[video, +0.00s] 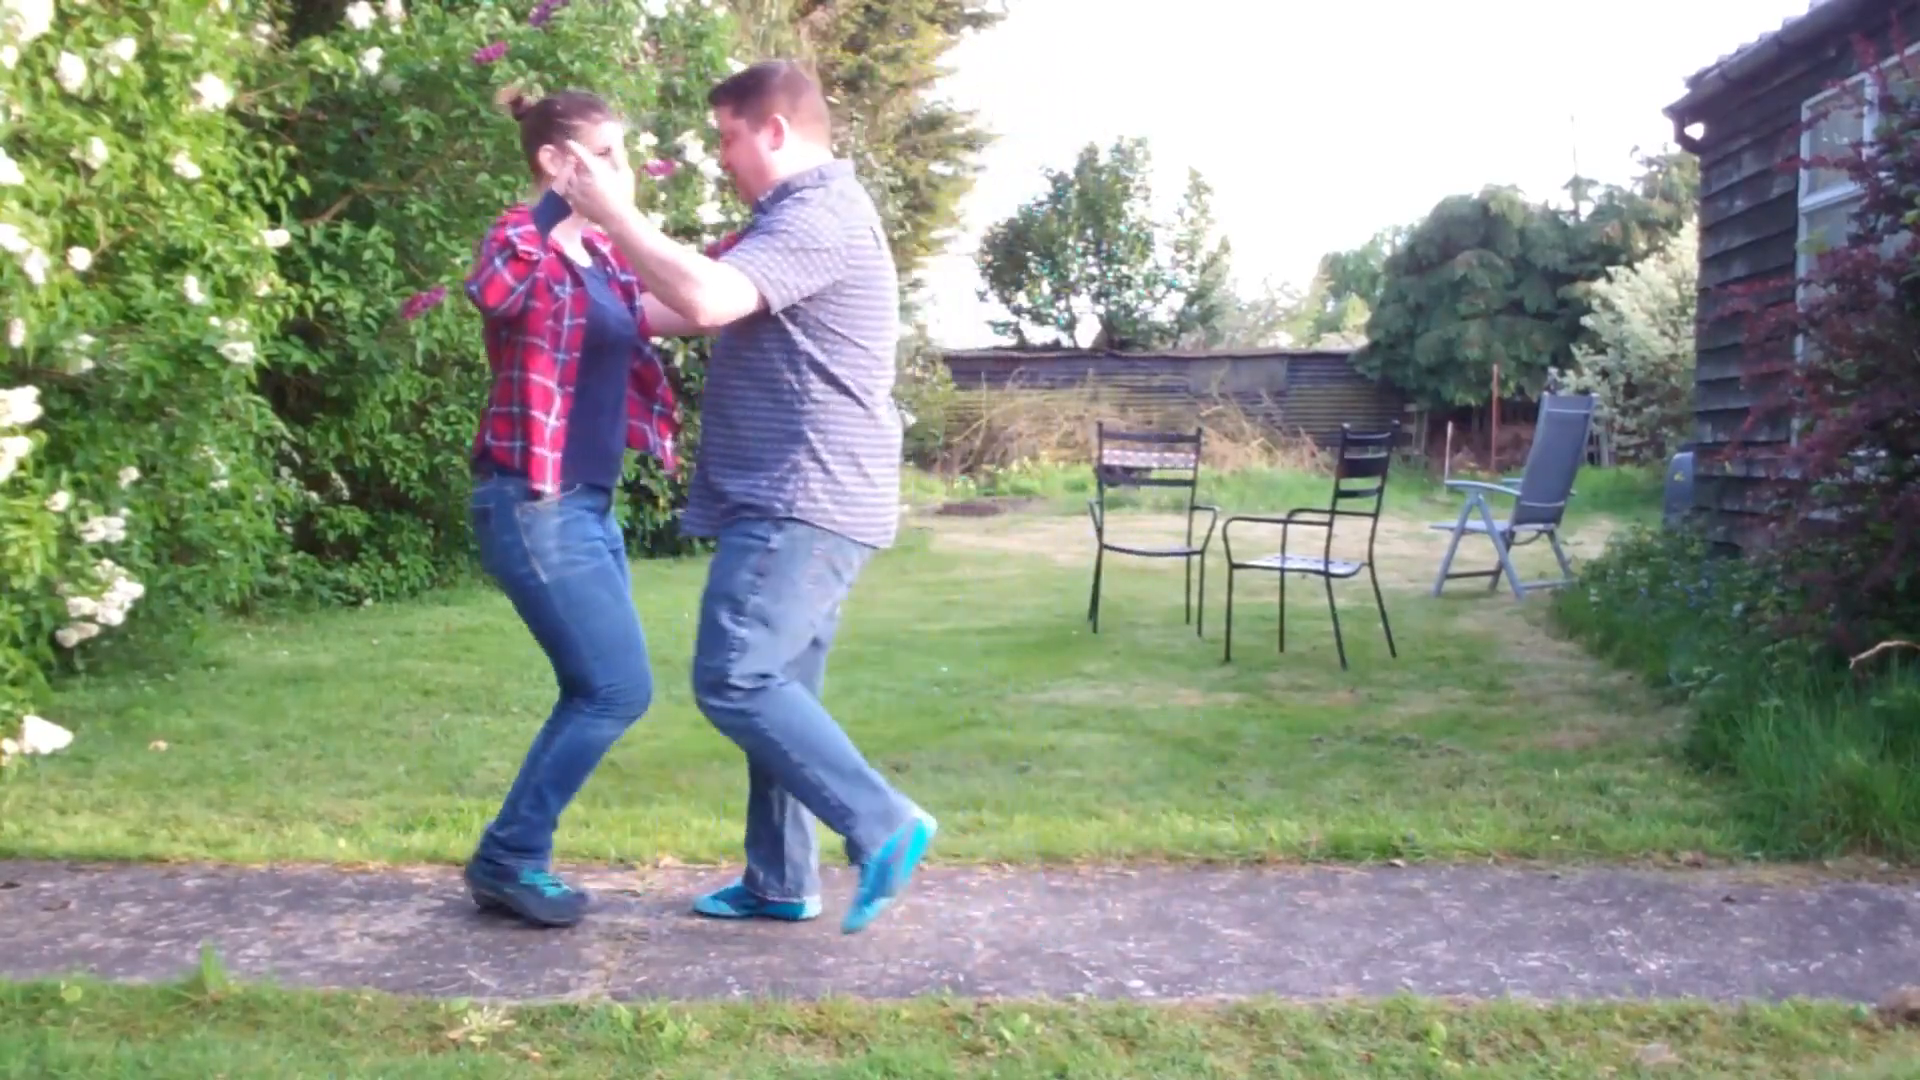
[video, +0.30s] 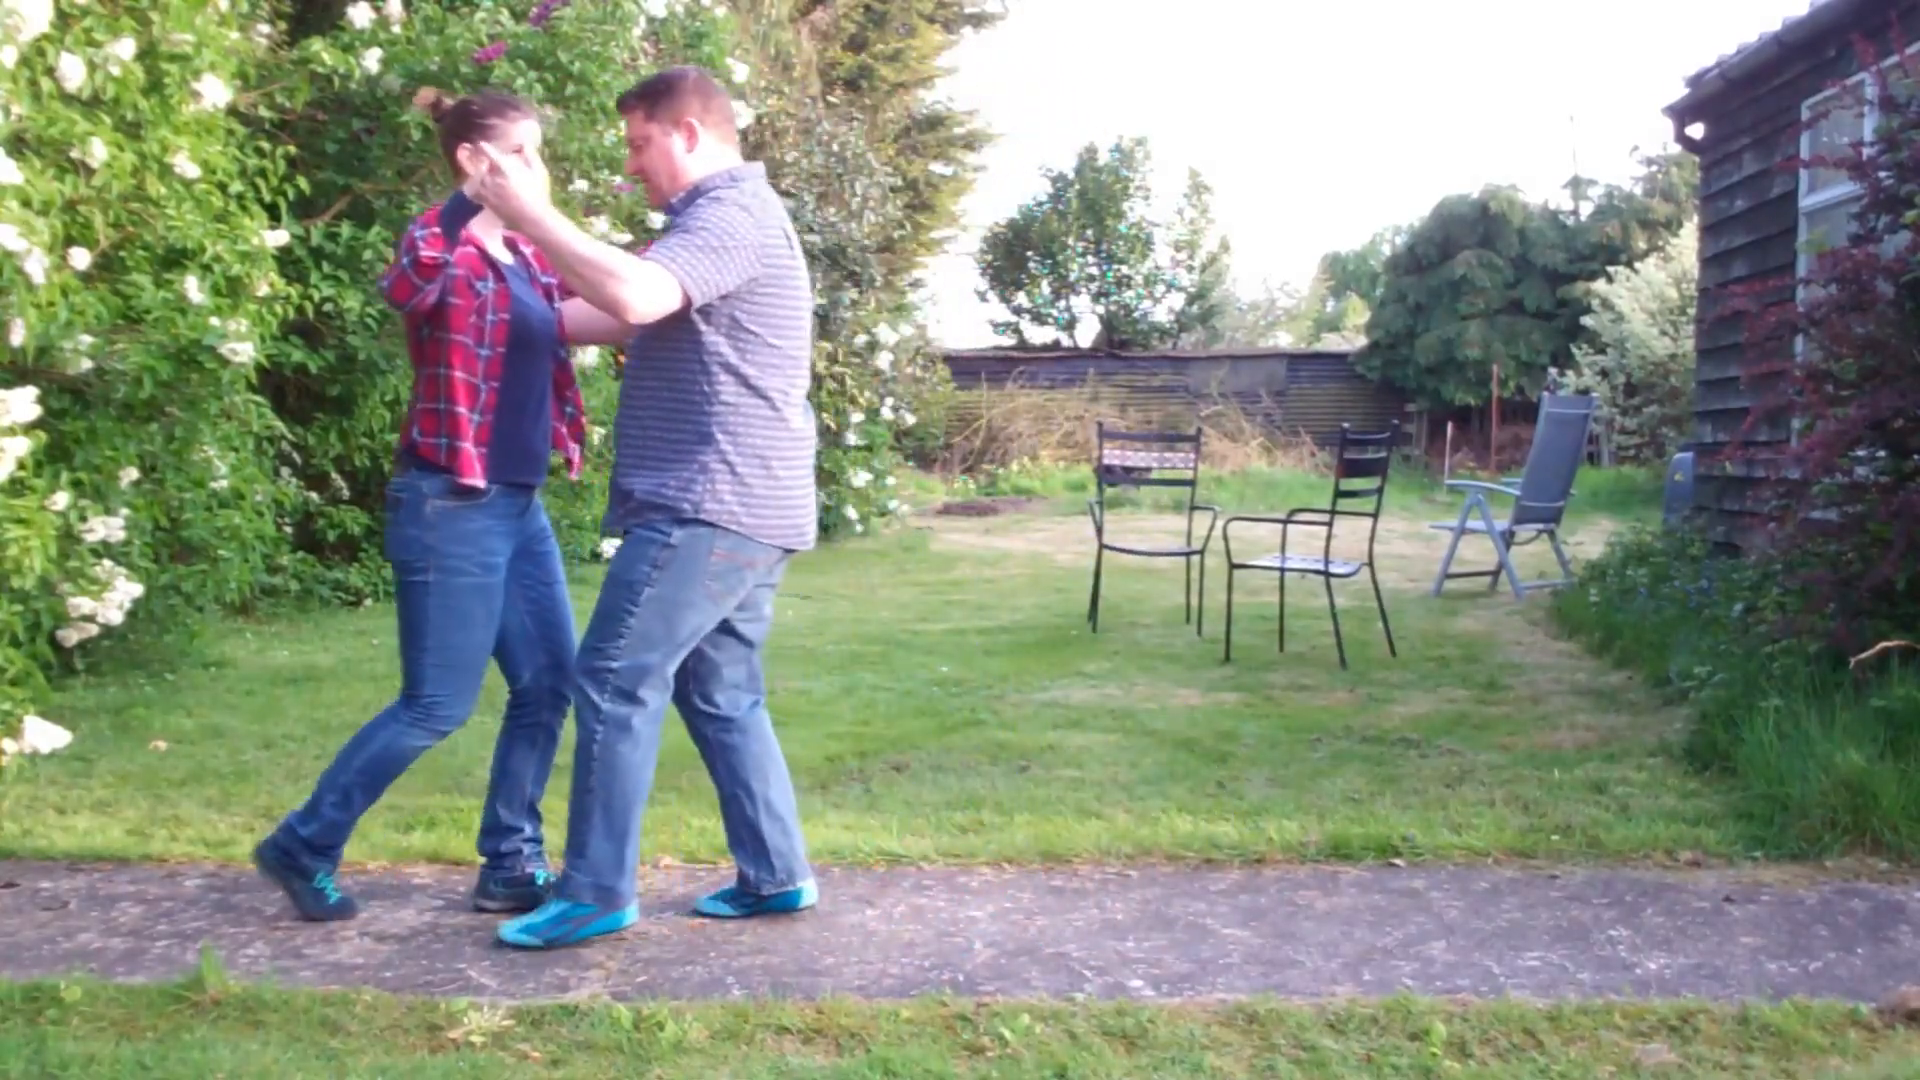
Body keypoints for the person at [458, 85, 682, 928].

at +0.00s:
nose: (622, 168)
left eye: (621, 152)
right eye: (606, 152)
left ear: (586, 160)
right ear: (556, 159)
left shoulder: (605, 256)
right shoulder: (520, 234)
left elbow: (678, 314)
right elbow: (499, 296)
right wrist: (567, 207)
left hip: (585, 501)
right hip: (530, 499)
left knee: (600, 691)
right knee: (618, 688)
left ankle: (512, 858)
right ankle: (508, 859)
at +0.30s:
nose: (538, 168)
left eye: (538, 151)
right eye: (522, 152)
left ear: (522, 157)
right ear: (474, 158)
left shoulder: (529, 251)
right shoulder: (435, 236)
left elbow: (586, 320)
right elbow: (412, 294)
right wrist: (479, 209)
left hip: (517, 502)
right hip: (448, 502)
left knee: (549, 682)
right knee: (437, 705)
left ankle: (509, 863)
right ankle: (301, 847)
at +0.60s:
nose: (485, 174)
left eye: (489, 159)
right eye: (471, 157)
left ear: (478, 165)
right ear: (419, 160)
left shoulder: (470, 260)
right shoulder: (385, 245)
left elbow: (512, 321)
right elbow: (328, 297)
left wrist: (552, 256)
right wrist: (386, 212)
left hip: (447, 503)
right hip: (375, 501)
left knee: (506, 668)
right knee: (364, 700)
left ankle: (451, 850)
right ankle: (271, 863)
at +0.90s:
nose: (489, 169)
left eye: (492, 155)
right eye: (474, 155)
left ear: (482, 164)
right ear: (422, 157)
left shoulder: (487, 259)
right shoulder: (392, 249)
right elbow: (333, 323)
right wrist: (379, 235)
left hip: (480, 499)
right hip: (411, 500)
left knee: (488, 691)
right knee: (420, 697)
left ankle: (414, 856)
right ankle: (294, 848)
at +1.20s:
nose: (532, 163)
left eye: (534, 149)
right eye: (520, 148)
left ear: (506, 155)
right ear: (466, 150)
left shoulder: (526, 241)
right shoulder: (434, 242)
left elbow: (589, 290)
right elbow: (369, 318)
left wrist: (590, 246)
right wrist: (404, 234)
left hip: (511, 489)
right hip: (462, 492)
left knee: (469, 688)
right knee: (553, 668)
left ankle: (412, 855)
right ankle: (502, 861)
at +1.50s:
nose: (599, 158)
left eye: (601, 144)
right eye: (587, 142)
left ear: (550, 146)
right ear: (533, 142)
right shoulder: (493, 231)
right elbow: (419, 316)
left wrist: (654, 443)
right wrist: (434, 233)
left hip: (561, 478)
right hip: (545, 482)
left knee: (565, 682)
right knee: (584, 687)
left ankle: (452, 824)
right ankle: (557, 878)